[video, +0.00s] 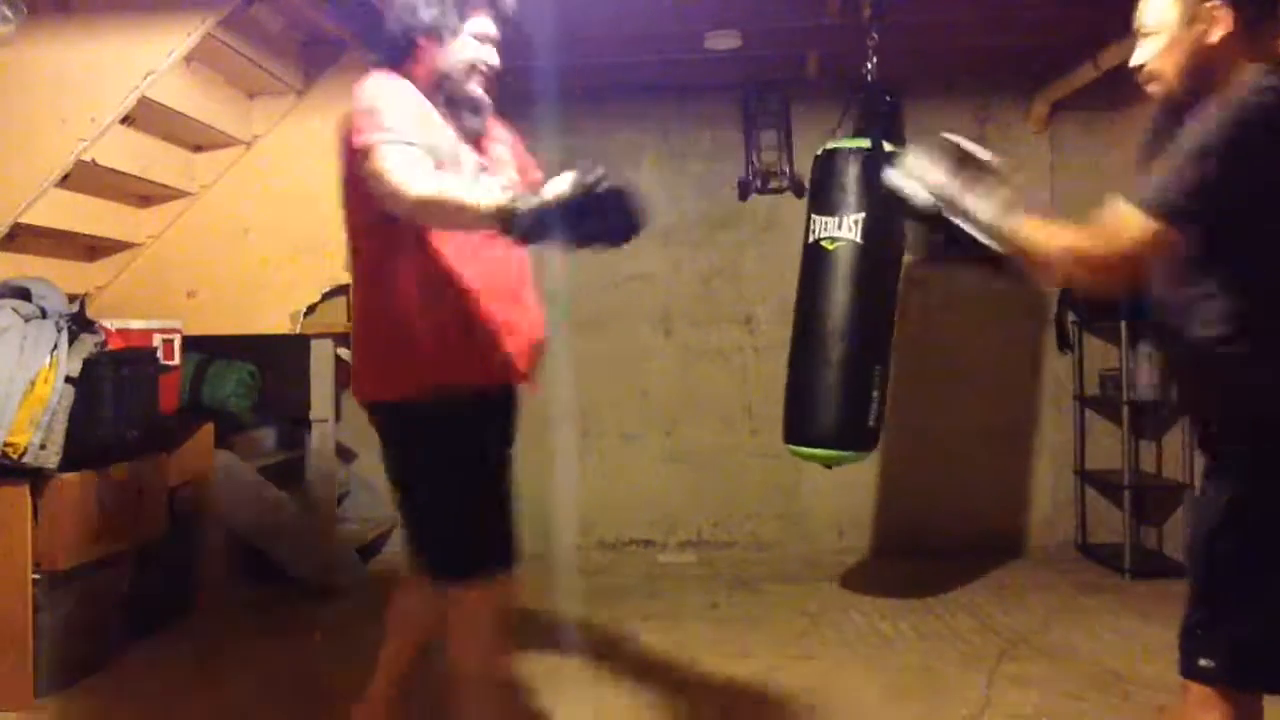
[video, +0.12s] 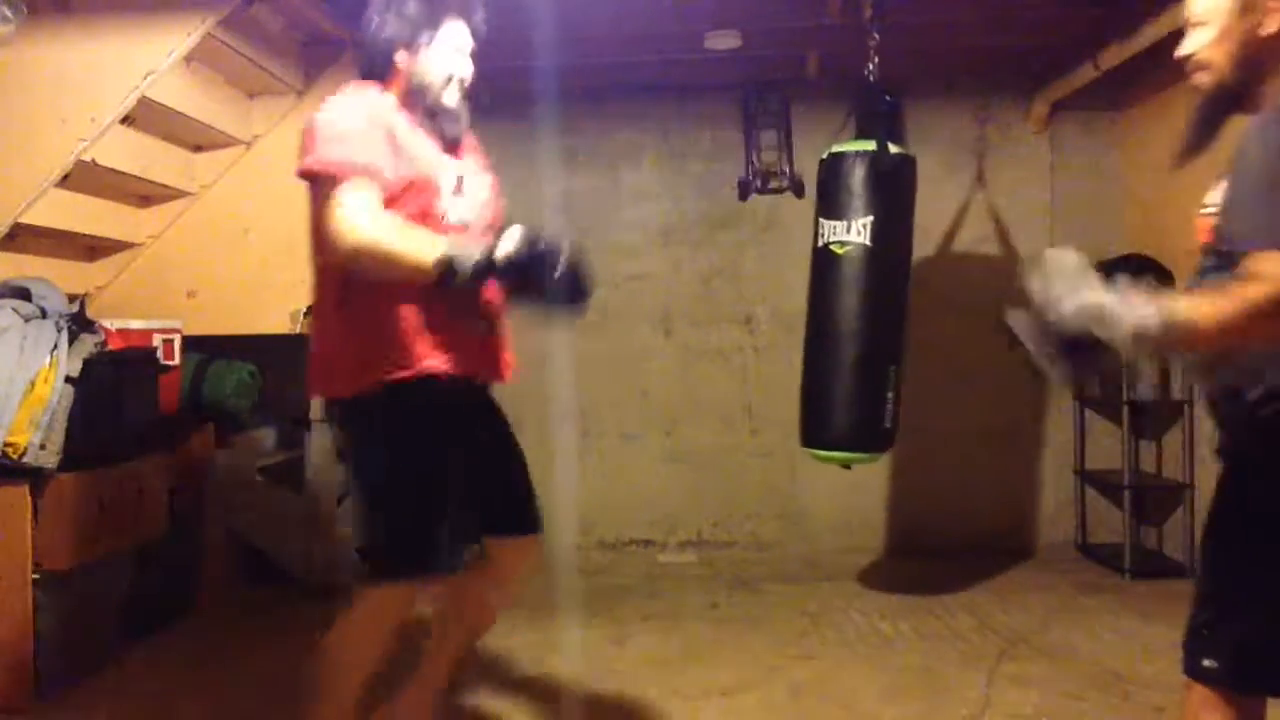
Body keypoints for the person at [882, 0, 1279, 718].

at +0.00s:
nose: (1136, 58)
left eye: (1150, 31)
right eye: (1138, 36)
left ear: (1215, 25)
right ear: (1211, 30)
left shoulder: (1247, 111)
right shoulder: (1211, 114)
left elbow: (1111, 257)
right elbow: (1115, 266)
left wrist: (984, 206)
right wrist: (997, 211)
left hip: (1259, 451)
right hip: (1243, 444)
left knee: (1215, 679)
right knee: (1233, 675)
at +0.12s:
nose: (1184, 51)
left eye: (1198, 25)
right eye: (1184, 30)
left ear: (1266, 19)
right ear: (1260, 25)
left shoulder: (1267, 135)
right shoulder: (1256, 134)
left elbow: (1263, 292)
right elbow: (1242, 285)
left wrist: (1116, 313)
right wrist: (1125, 319)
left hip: (1269, 441)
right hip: (1255, 436)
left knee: (1220, 676)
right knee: (1231, 673)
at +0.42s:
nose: (1261, 49)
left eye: (1269, 33)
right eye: (1259, 38)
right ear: (1262, 57)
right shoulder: (1276, 169)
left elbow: (1272, 297)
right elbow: (1266, 296)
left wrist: (1225, 293)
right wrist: (1205, 294)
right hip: (1276, 457)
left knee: (1226, 654)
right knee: (1230, 654)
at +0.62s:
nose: (1214, 33)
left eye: (1231, 9)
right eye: (1214, 15)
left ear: (1276, 11)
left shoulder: (1274, 109)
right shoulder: (1266, 106)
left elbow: (1173, 261)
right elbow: (1224, 225)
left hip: (1272, 441)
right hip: (1267, 434)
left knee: (1197, 670)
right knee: (1224, 668)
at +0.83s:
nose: (1115, 44)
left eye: (1127, 17)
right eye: (1115, 21)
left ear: (1193, 12)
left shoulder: (1186, 118)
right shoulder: (1261, 102)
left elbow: (1082, 290)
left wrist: (1015, 170)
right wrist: (1093, 155)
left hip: (1204, 475)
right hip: (1263, 465)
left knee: (1132, 690)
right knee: (1247, 684)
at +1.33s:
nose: (1092, 20)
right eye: (1094, 0)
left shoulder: (1141, 91)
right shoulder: (1266, 75)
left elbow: (1034, 277)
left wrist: (987, 145)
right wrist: (1102, 111)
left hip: (1148, 473)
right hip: (1259, 463)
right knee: (1262, 691)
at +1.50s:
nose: (1038, 3)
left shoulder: (1071, 81)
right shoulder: (1256, 79)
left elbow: (958, 259)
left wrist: (905, 113)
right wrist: (1026, 91)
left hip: (1093, 469)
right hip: (1244, 464)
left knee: (973, 690)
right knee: (1243, 694)